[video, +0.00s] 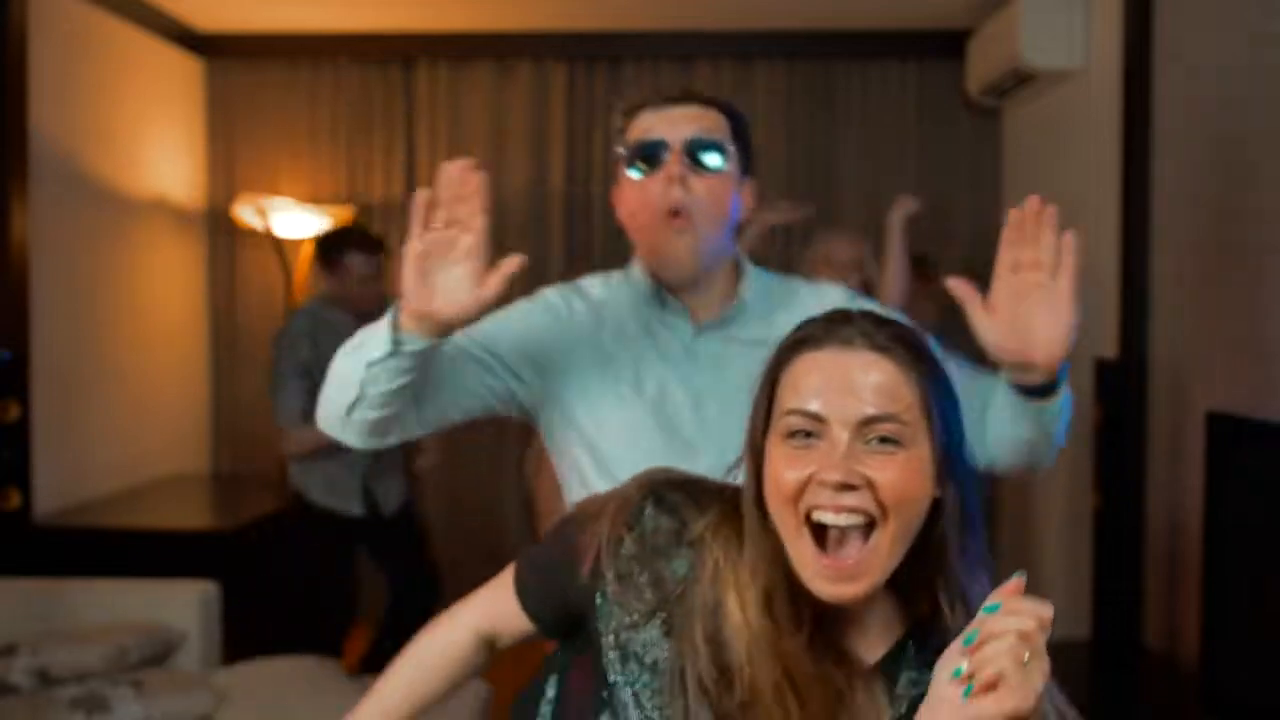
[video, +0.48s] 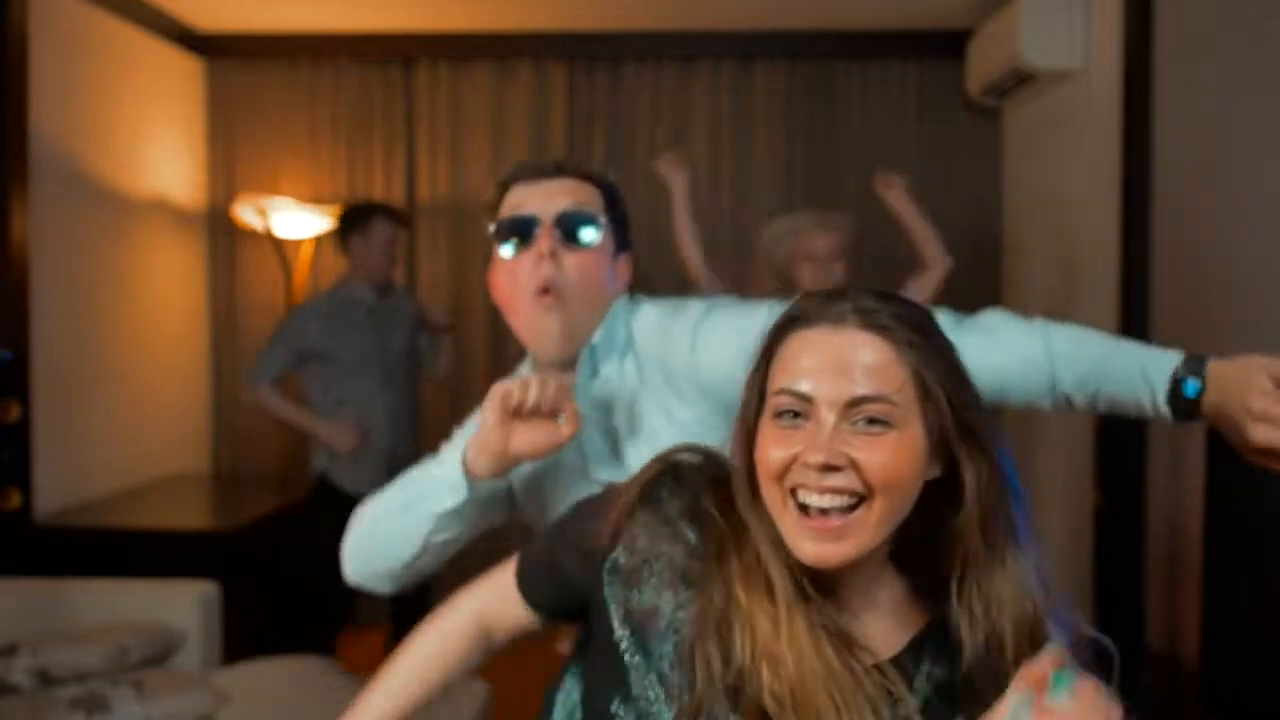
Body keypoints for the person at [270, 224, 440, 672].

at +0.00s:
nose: (377, 288)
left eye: (379, 275)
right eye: (365, 277)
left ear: (382, 270)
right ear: (333, 274)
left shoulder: (384, 323)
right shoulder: (304, 331)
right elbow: (292, 440)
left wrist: (419, 433)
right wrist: (359, 424)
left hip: (387, 486)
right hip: (327, 491)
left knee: (418, 590)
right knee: (333, 601)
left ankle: (375, 677)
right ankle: (316, 682)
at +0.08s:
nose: (380, 292)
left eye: (384, 279)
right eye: (370, 280)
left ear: (387, 275)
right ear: (340, 278)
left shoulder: (386, 331)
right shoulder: (305, 337)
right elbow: (285, 440)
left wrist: (422, 431)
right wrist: (372, 447)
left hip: (388, 497)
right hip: (326, 501)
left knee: (435, 589)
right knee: (330, 618)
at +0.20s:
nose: (385, 282)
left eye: (387, 271)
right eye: (376, 271)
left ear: (388, 269)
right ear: (345, 269)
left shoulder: (392, 327)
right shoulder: (309, 331)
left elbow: (416, 401)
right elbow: (276, 430)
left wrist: (391, 453)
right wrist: (353, 464)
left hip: (391, 491)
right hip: (330, 493)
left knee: (422, 594)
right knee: (330, 607)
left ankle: (393, 685)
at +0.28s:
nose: (389, 271)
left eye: (392, 260)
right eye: (381, 259)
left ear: (390, 261)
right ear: (349, 258)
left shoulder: (398, 323)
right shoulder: (313, 323)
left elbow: (411, 391)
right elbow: (270, 414)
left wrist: (406, 444)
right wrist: (329, 451)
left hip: (396, 484)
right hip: (332, 486)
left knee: (421, 590)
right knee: (329, 598)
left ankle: (396, 681)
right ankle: (320, 684)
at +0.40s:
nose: (391, 255)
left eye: (394, 246)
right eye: (382, 245)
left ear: (395, 250)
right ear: (351, 248)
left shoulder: (401, 311)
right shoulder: (317, 317)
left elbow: (427, 380)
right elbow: (265, 396)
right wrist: (325, 435)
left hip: (400, 472)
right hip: (340, 476)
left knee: (407, 590)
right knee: (340, 590)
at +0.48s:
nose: (393, 254)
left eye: (396, 244)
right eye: (383, 244)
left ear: (397, 248)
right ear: (352, 246)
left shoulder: (404, 310)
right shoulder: (319, 315)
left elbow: (436, 372)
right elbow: (261, 385)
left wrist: (439, 333)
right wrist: (323, 428)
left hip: (402, 475)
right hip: (341, 479)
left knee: (411, 600)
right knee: (329, 599)